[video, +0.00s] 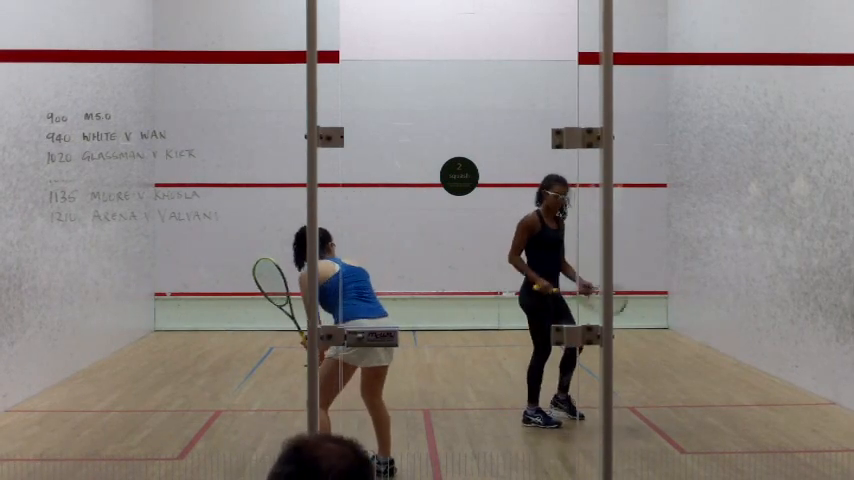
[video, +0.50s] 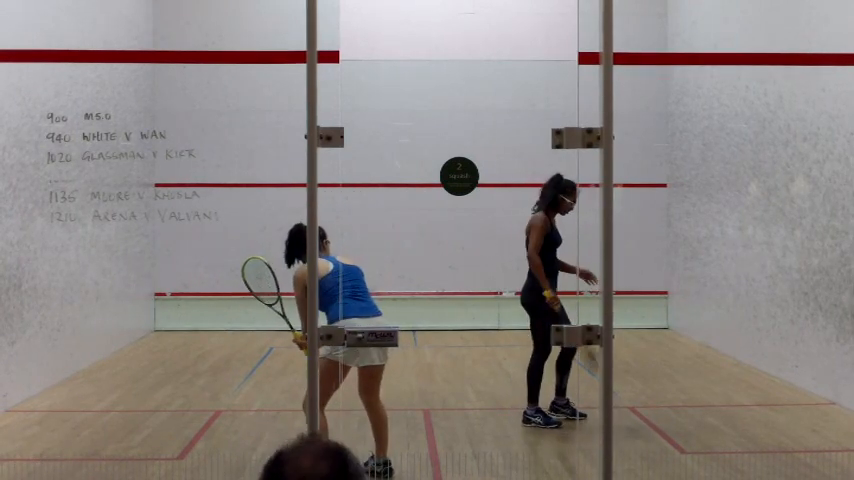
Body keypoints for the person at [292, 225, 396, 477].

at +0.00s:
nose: (335, 248)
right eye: (334, 245)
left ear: (304, 251)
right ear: (331, 247)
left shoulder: (309, 273)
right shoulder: (355, 267)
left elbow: (313, 319)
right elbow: (355, 313)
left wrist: (316, 346)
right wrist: (326, 344)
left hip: (353, 335)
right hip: (384, 332)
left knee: (318, 404)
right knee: (373, 397)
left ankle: (325, 464)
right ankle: (385, 461)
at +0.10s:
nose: (334, 248)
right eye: (332, 246)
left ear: (301, 252)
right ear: (329, 247)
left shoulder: (306, 274)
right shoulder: (353, 267)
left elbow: (310, 319)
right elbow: (352, 314)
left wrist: (310, 342)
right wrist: (319, 340)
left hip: (348, 336)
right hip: (380, 333)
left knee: (313, 404)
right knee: (371, 397)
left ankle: (326, 465)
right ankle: (383, 462)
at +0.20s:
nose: (332, 248)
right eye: (330, 245)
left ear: (299, 252)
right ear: (327, 246)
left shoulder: (304, 273)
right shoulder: (350, 265)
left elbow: (307, 320)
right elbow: (350, 311)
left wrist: (308, 342)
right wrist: (315, 339)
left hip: (344, 336)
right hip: (378, 332)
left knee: (312, 405)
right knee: (370, 396)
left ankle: (326, 463)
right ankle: (382, 461)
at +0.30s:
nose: (331, 247)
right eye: (329, 245)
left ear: (299, 252)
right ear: (326, 246)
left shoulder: (303, 273)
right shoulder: (349, 264)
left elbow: (306, 320)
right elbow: (348, 311)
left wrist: (307, 341)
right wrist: (314, 338)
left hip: (343, 335)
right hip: (377, 331)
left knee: (312, 404)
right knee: (371, 396)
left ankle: (328, 463)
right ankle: (381, 461)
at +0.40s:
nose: (330, 247)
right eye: (329, 244)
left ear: (299, 251)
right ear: (326, 245)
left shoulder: (302, 273)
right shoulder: (349, 265)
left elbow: (306, 320)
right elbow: (350, 311)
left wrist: (307, 341)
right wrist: (314, 338)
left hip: (343, 336)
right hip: (377, 331)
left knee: (312, 404)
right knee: (371, 396)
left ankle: (325, 463)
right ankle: (381, 461)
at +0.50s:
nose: (331, 246)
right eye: (329, 243)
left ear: (299, 250)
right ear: (326, 244)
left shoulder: (303, 273)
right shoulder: (349, 264)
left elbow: (308, 319)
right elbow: (350, 308)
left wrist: (307, 341)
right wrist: (314, 337)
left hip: (344, 335)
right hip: (378, 330)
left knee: (312, 404)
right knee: (371, 396)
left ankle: (324, 463)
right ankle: (382, 461)